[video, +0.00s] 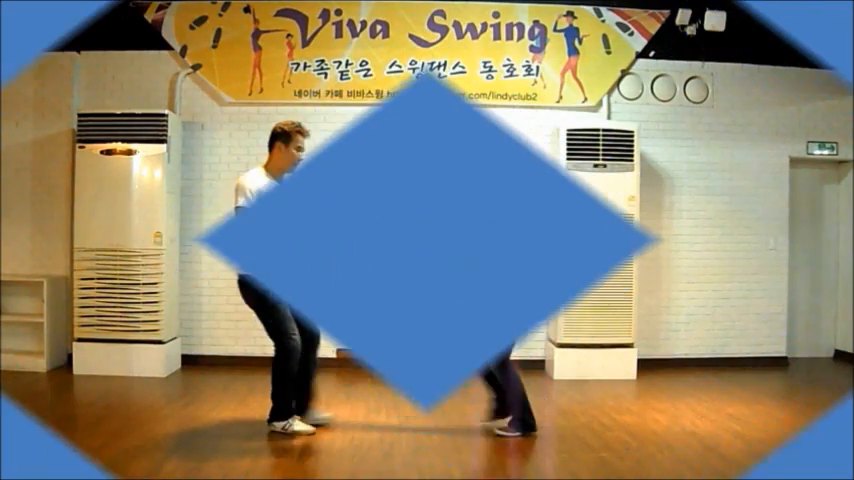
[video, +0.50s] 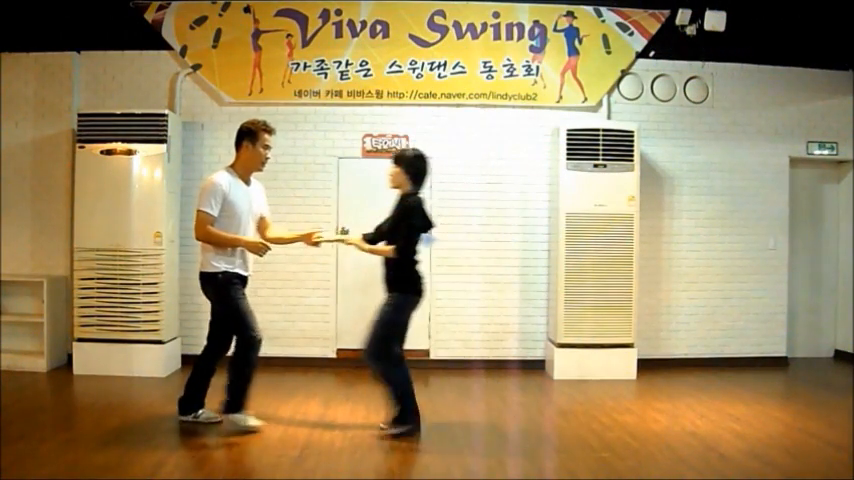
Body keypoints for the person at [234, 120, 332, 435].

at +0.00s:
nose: (300, 156)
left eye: (302, 150)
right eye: (297, 149)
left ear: (284, 150)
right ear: (278, 147)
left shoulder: (292, 184)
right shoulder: (248, 183)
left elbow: (302, 226)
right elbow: (248, 234)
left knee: (311, 334)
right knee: (288, 339)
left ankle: (302, 408)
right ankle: (280, 416)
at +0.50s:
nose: (268, 155)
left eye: (269, 149)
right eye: (264, 147)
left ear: (250, 149)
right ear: (244, 146)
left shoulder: (256, 188)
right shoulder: (217, 183)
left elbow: (266, 234)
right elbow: (202, 231)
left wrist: (301, 237)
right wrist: (245, 242)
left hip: (237, 276)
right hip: (217, 275)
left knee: (216, 345)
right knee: (251, 337)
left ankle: (189, 407)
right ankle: (233, 412)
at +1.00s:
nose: (278, 154)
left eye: (279, 148)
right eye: (274, 147)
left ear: (259, 149)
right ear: (255, 147)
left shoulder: (257, 185)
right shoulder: (228, 179)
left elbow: (240, 225)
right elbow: (204, 222)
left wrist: (264, 232)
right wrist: (249, 233)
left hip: (241, 276)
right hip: (217, 275)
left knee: (243, 342)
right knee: (227, 342)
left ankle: (206, 404)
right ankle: (193, 405)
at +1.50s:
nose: (287, 149)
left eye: (286, 143)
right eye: (281, 143)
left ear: (267, 148)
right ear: (263, 147)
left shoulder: (264, 183)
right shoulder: (247, 179)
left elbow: (248, 228)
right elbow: (232, 227)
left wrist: (280, 238)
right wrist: (277, 239)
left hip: (250, 279)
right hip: (230, 278)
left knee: (275, 334)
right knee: (215, 347)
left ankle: (266, 409)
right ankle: (194, 413)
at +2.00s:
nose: (310, 190)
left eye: (312, 184)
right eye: (309, 182)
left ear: (295, 176)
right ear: (292, 174)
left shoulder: (286, 205)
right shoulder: (262, 202)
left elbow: (286, 250)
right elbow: (251, 250)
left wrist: (322, 252)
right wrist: (292, 249)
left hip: (264, 293)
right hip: (244, 294)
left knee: (300, 344)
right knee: (293, 346)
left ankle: (277, 413)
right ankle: (269, 417)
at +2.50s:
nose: (313, 165)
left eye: (316, 159)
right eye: (313, 158)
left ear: (302, 152)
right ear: (295, 149)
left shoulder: (292, 182)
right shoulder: (268, 178)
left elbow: (298, 230)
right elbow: (252, 225)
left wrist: (336, 239)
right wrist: (293, 242)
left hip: (275, 271)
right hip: (258, 271)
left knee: (286, 339)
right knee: (272, 343)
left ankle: (284, 405)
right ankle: (260, 424)